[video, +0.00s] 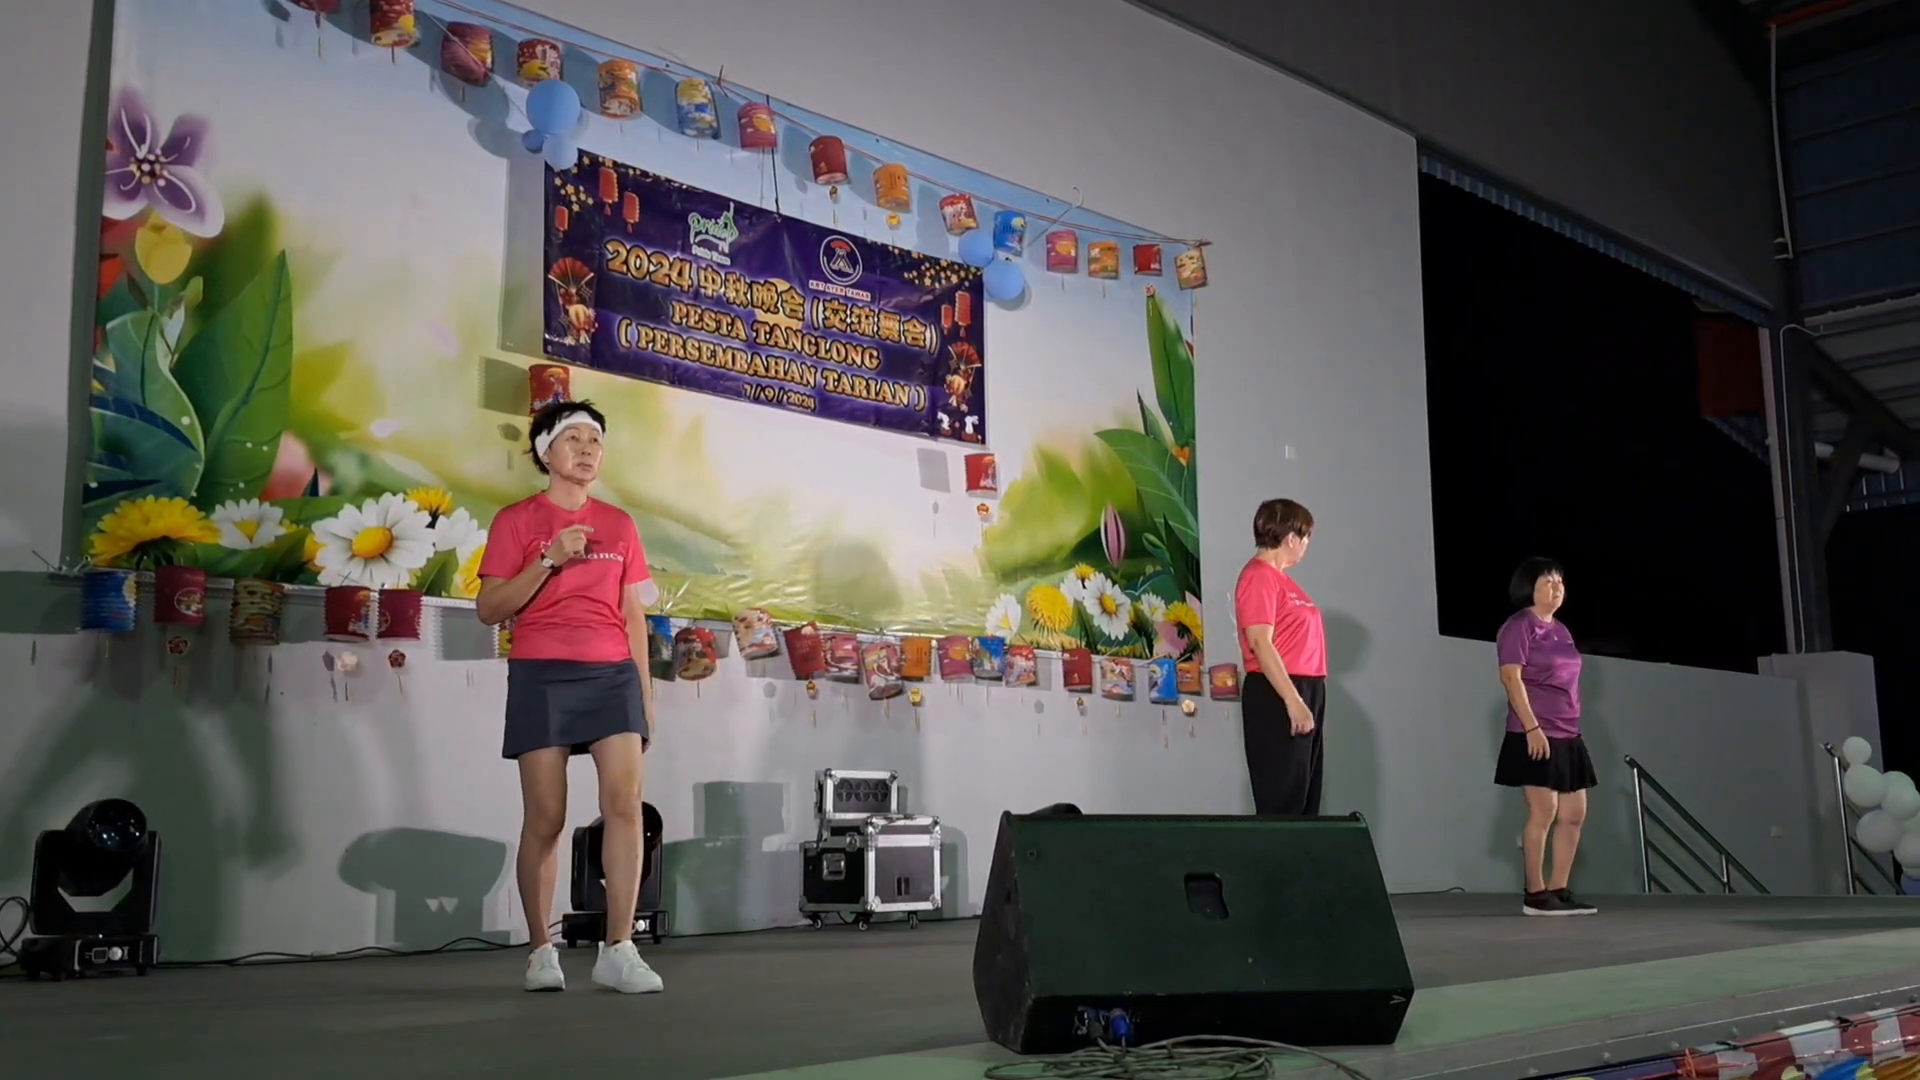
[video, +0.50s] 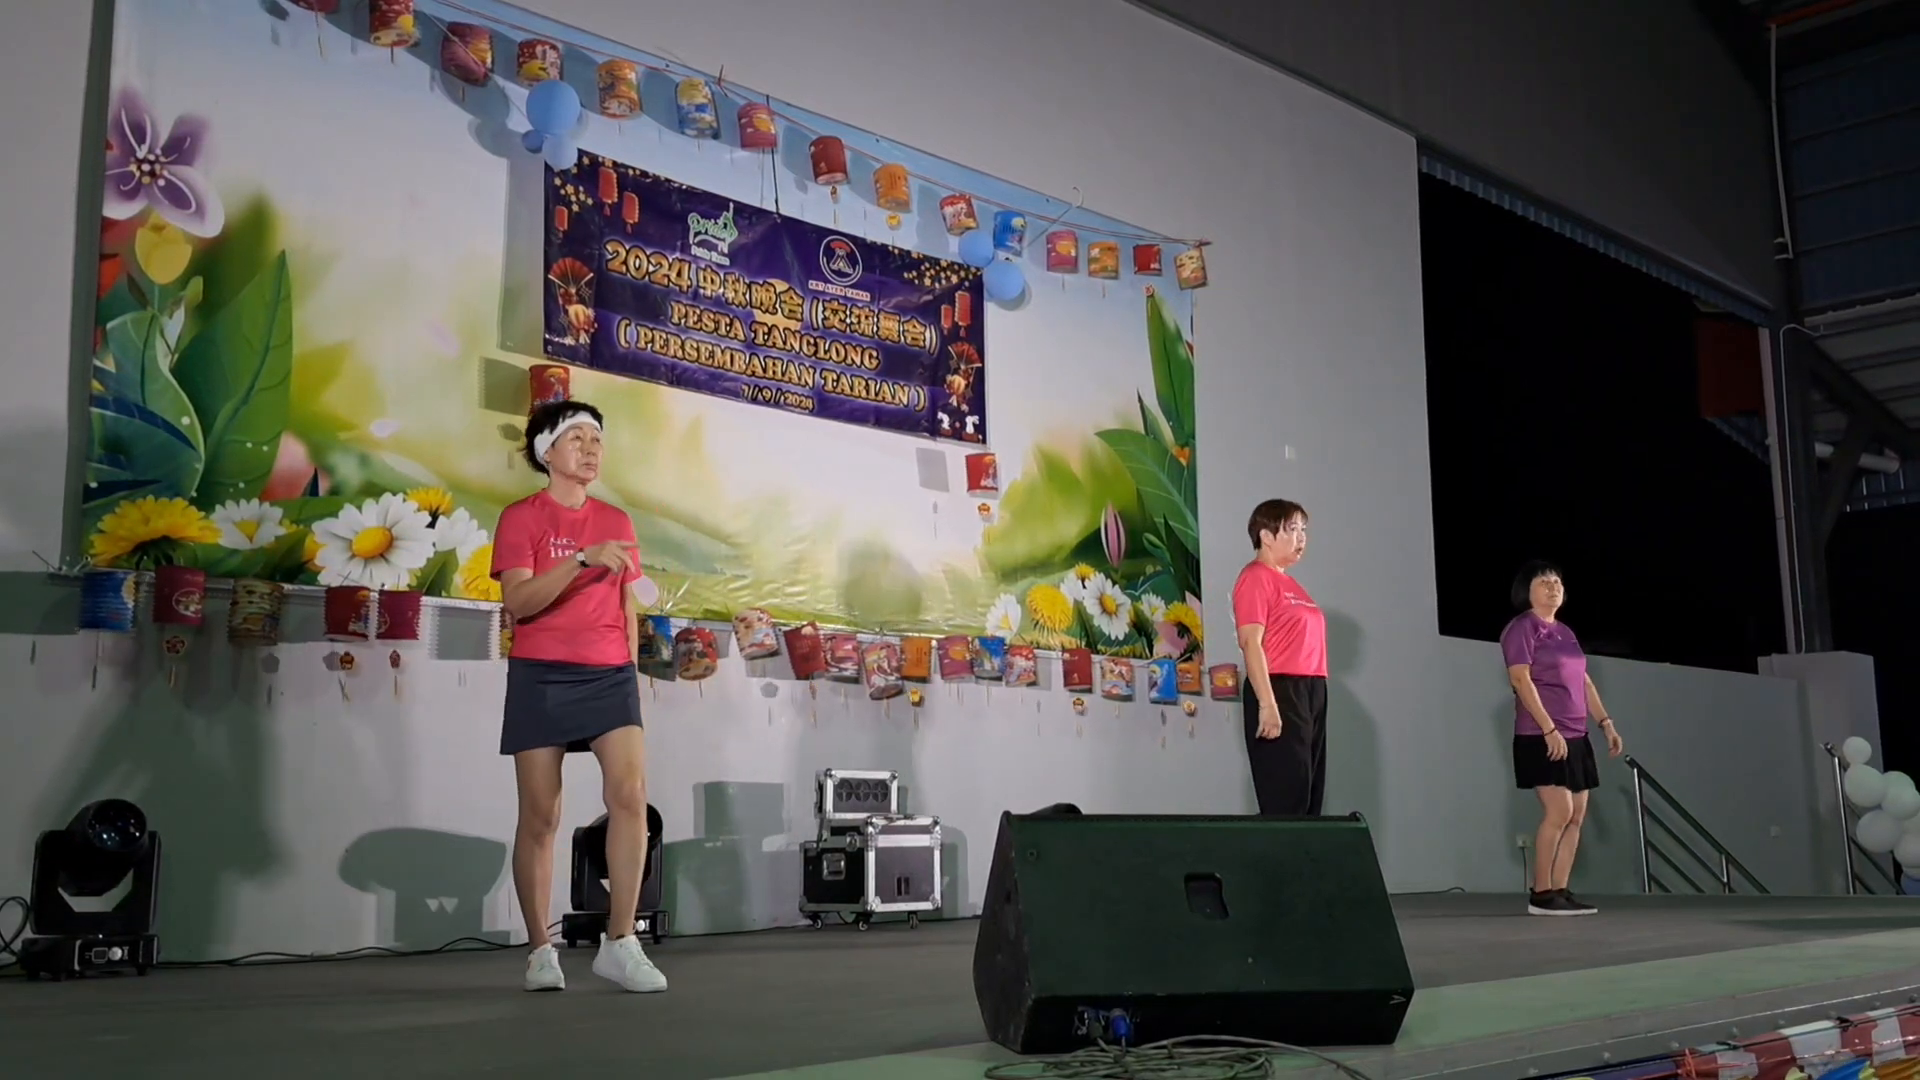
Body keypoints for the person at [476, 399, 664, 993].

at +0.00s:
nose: (586, 450)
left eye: (594, 442)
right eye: (573, 440)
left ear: (603, 455)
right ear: (545, 451)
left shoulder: (618, 524)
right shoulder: (516, 520)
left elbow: (634, 616)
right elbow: (491, 608)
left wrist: (643, 695)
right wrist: (548, 561)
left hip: (614, 677)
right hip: (541, 678)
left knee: (625, 804)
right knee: (545, 819)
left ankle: (618, 947)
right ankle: (543, 947)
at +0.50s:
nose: (590, 450)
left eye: (596, 442)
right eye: (577, 440)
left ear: (602, 454)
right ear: (546, 451)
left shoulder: (617, 522)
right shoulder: (522, 517)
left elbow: (627, 610)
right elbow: (517, 603)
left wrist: (630, 675)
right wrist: (582, 562)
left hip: (609, 677)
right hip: (540, 677)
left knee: (630, 794)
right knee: (540, 815)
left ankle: (620, 941)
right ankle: (542, 948)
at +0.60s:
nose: (593, 446)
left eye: (599, 439)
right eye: (580, 437)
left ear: (605, 453)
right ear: (549, 449)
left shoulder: (622, 521)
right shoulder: (527, 514)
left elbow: (647, 600)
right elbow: (528, 595)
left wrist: (637, 584)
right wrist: (596, 567)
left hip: (618, 676)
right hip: (548, 676)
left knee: (627, 807)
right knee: (541, 817)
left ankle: (618, 947)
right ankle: (543, 947)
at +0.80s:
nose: (608, 443)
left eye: (613, 436)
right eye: (594, 435)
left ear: (620, 453)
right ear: (565, 450)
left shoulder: (639, 522)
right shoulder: (547, 511)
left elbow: (649, 607)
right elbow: (550, 593)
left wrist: (658, 668)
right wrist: (617, 617)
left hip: (638, 675)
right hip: (572, 673)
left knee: (638, 810)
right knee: (560, 819)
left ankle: (618, 950)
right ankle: (545, 946)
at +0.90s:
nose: (621, 444)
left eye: (626, 438)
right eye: (607, 436)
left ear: (631, 454)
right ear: (576, 451)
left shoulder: (648, 523)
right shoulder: (557, 512)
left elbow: (662, 617)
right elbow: (566, 598)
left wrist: (676, 698)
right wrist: (609, 664)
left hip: (653, 674)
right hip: (584, 671)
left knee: (646, 813)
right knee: (575, 821)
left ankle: (620, 951)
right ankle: (547, 941)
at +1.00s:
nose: (633, 449)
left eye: (638, 442)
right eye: (619, 439)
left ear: (642, 455)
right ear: (587, 451)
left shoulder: (657, 526)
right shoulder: (565, 514)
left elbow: (677, 616)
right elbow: (567, 606)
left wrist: (694, 692)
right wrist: (579, 688)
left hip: (664, 677)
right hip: (597, 675)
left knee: (652, 814)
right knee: (591, 818)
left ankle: (621, 950)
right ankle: (553, 931)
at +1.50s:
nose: (654, 437)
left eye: (659, 430)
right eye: (641, 428)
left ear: (665, 447)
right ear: (611, 442)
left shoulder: (682, 519)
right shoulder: (580, 510)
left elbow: (696, 606)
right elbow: (547, 598)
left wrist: (718, 643)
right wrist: (528, 679)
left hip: (666, 673)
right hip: (597, 668)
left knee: (655, 810)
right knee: (604, 804)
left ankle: (625, 947)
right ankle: (590, 951)